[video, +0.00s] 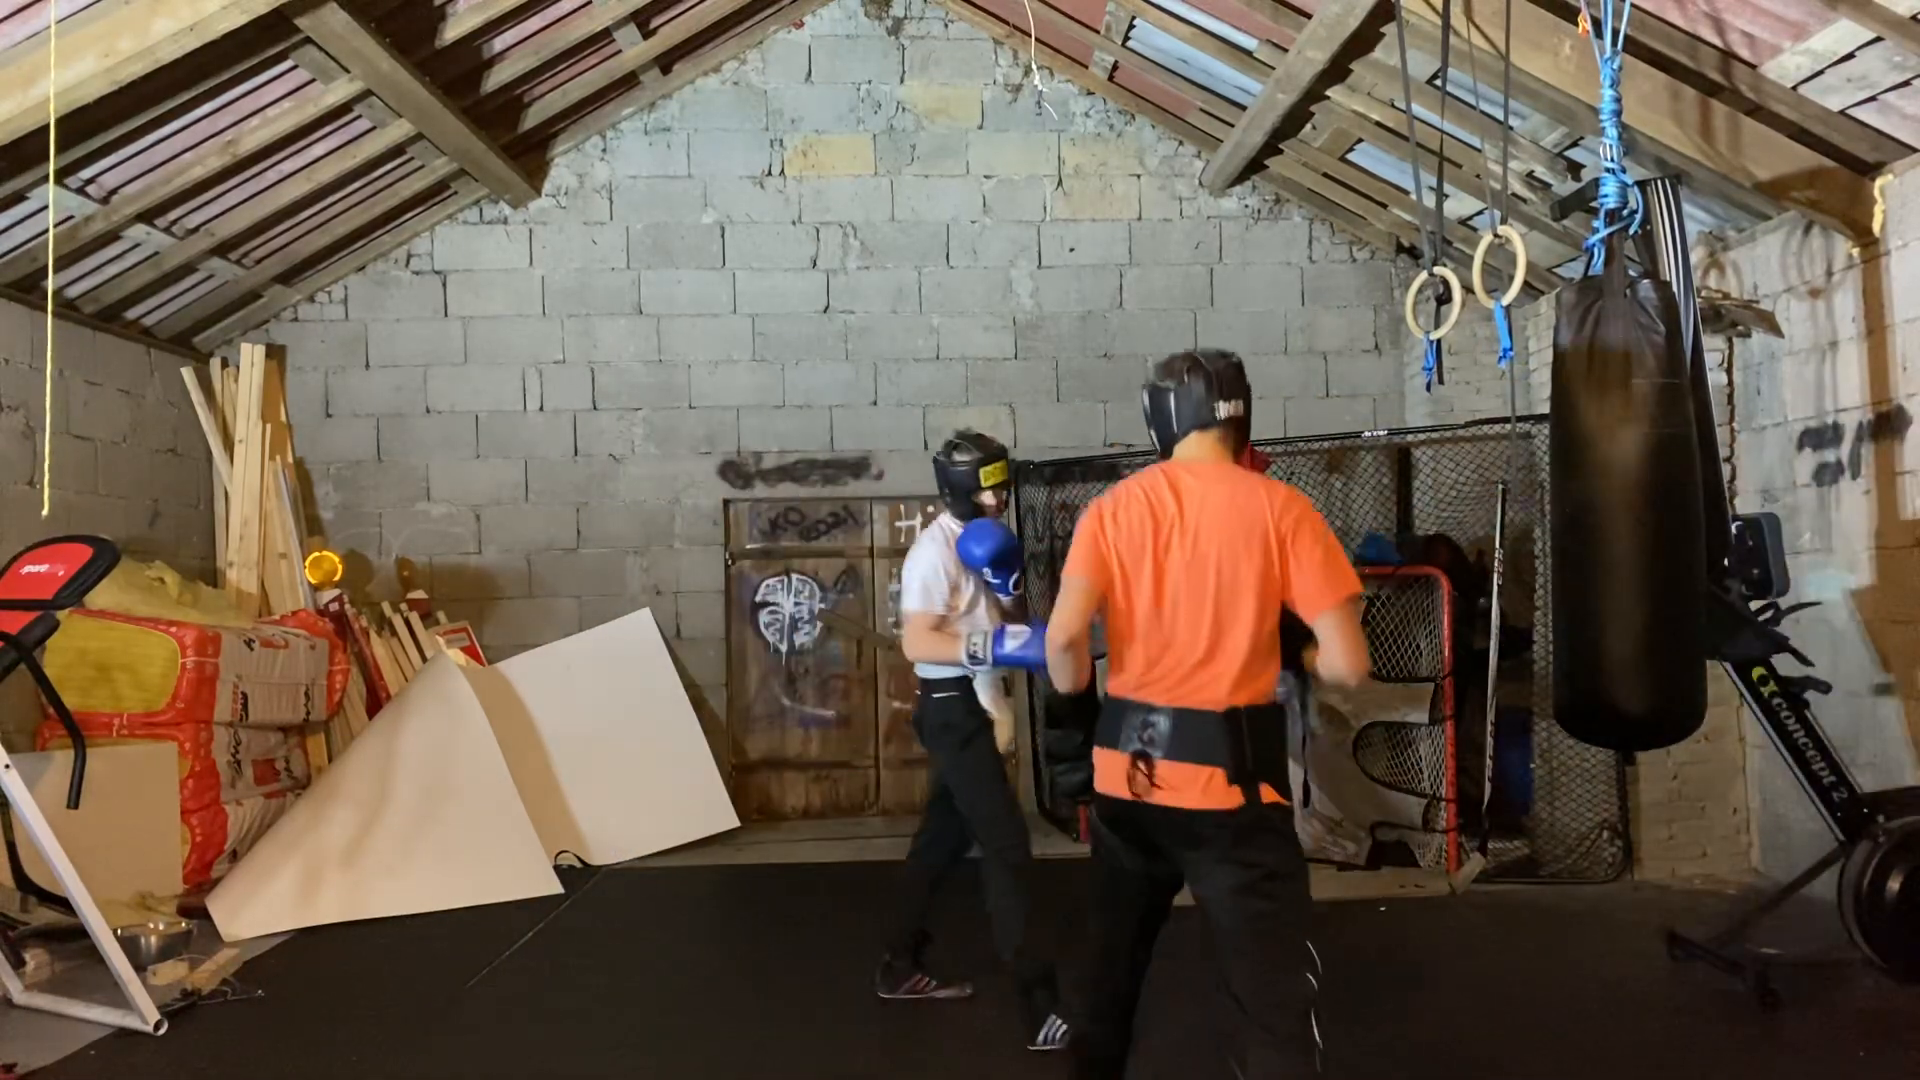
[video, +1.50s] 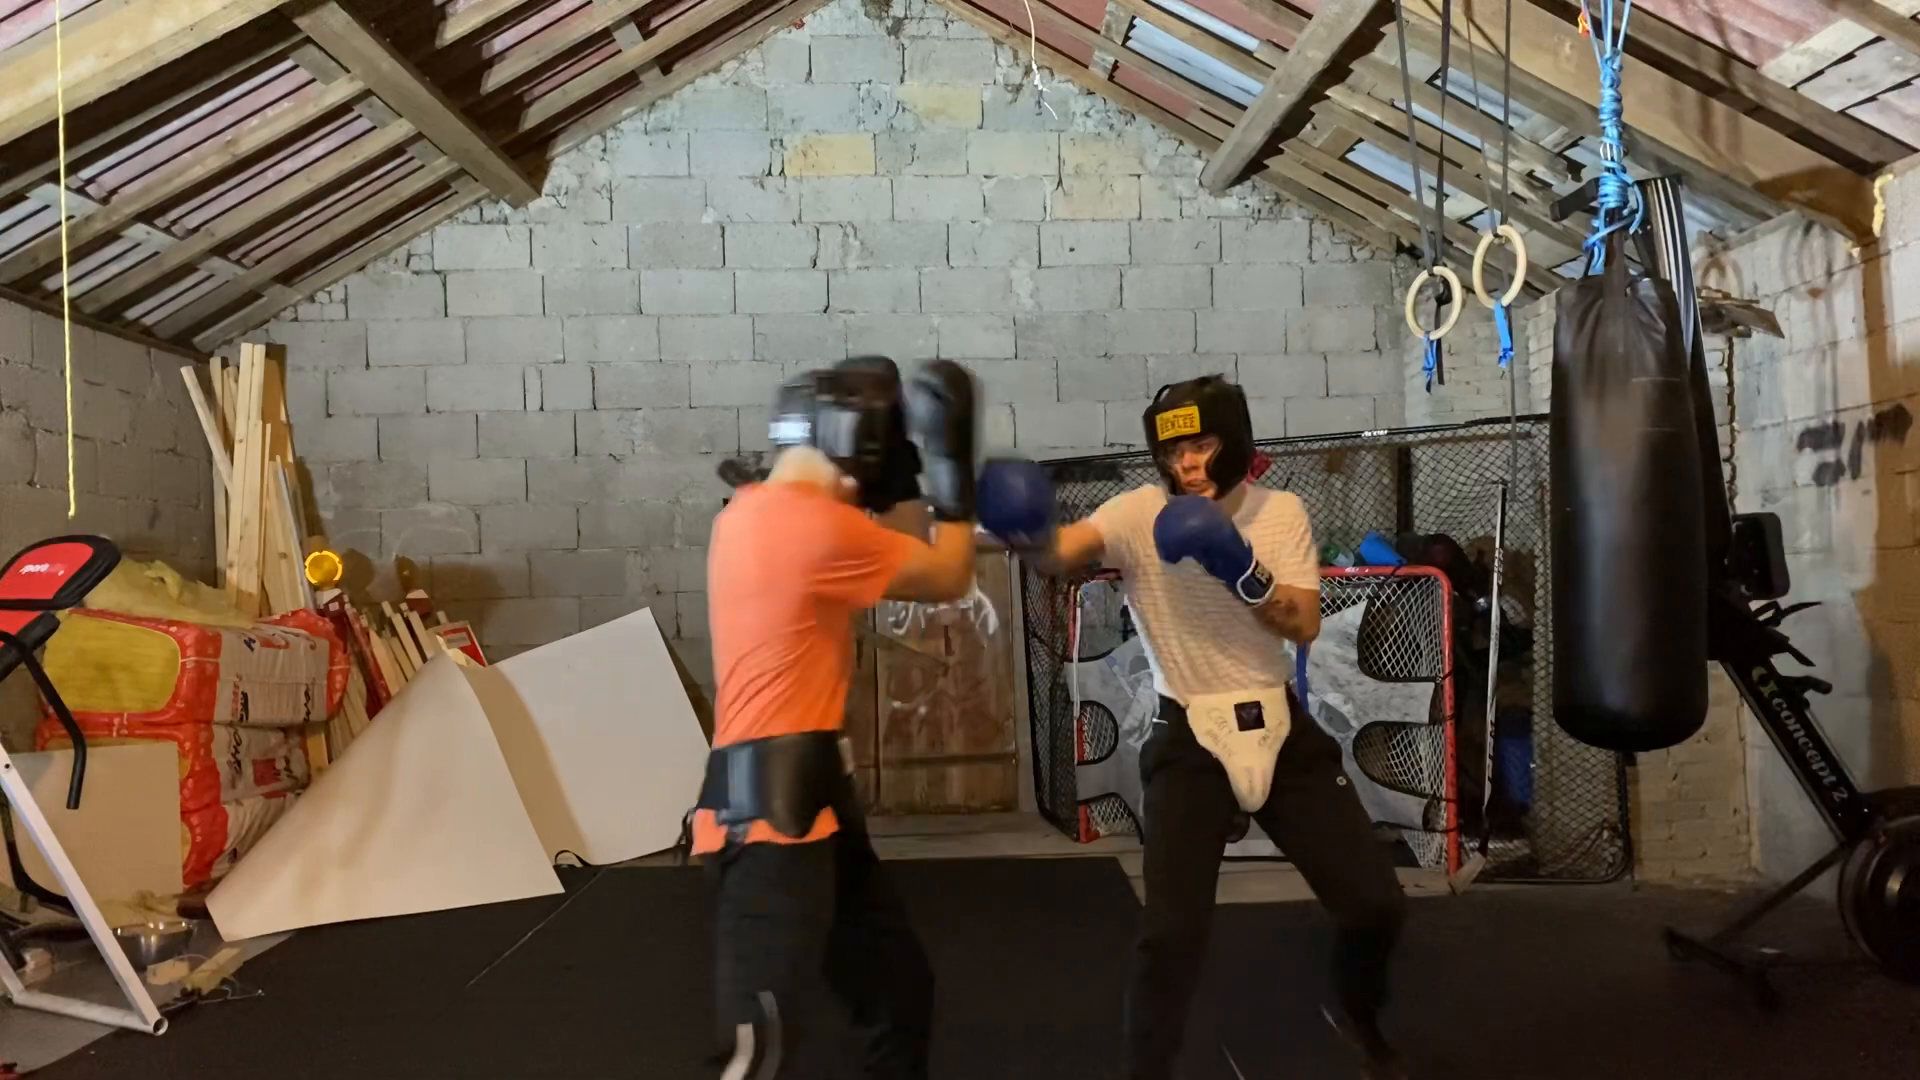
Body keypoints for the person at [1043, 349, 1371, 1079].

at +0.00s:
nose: (1157, 424)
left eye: (1158, 413)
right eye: (1246, 414)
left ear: (1162, 418)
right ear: (1243, 418)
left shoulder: (1111, 510)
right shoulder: (1284, 510)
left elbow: (1063, 637)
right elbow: (1347, 666)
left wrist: (1074, 682)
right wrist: (1299, 650)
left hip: (1121, 783)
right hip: (1232, 789)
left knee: (1103, 980)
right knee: (1276, 1008)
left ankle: (1090, 1062)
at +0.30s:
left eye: (1068, 426)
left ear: (1070, 431)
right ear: (1151, 430)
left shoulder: (1030, 535)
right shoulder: (1205, 519)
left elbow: (1005, 705)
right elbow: (1274, 665)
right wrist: (1221, 646)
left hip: (1067, 813)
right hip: (1179, 814)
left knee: (1033, 1010)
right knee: (1248, 1023)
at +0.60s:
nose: (1057, 429)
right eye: (1055, 417)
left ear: (963, 416)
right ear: (1045, 418)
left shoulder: (909, 502)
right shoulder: (1063, 491)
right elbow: (1171, 586)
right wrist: (1144, 476)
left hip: (932, 796)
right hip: (1024, 800)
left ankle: (950, 1062)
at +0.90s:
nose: (995, 443)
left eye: (995, 434)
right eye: (995, 430)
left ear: (904, 423)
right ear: (980, 427)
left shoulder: (841, 511)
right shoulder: (991, 503)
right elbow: (1085, 594)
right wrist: (1072, 486)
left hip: (870, 785)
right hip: (949, 793)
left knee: (946, 992)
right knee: (891, 1021)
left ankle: (940, 1064)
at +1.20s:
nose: (953, 453)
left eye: (955, 439)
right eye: (952, 437)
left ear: (864, 422)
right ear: (934, 430)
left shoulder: (795, 502)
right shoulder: (907, 502)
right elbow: (1023, 575)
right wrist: (1027, 467)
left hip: (814, 797)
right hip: (883, 798)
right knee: (879, 1023)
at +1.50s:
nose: (890, 468)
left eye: (895, 449)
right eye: (889, 447)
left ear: (801, 431)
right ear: (859, 447)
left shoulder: (742, 516)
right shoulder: (818, 527)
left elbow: (892, 556)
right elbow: (950, 573)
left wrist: (912, 471)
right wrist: (953, 457)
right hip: (783, 821)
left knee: (897, 992)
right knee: (763, 1044)